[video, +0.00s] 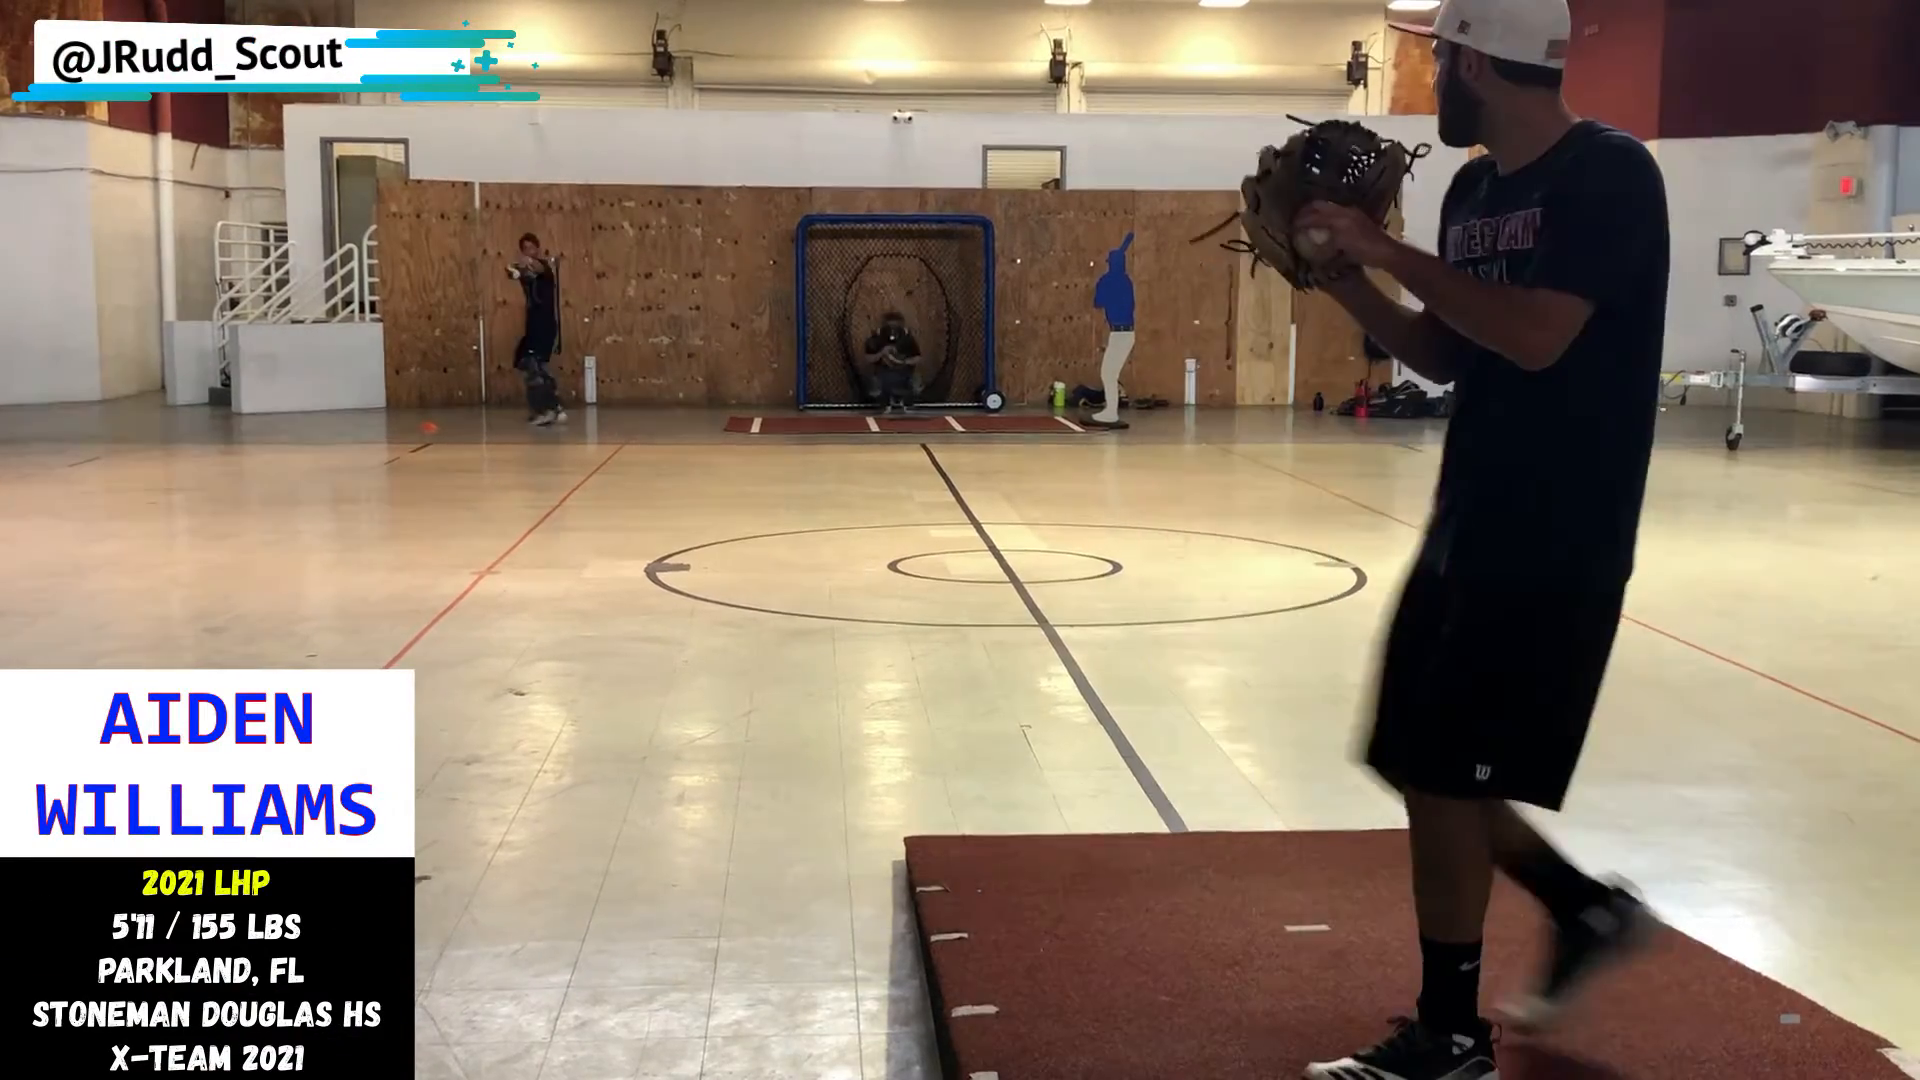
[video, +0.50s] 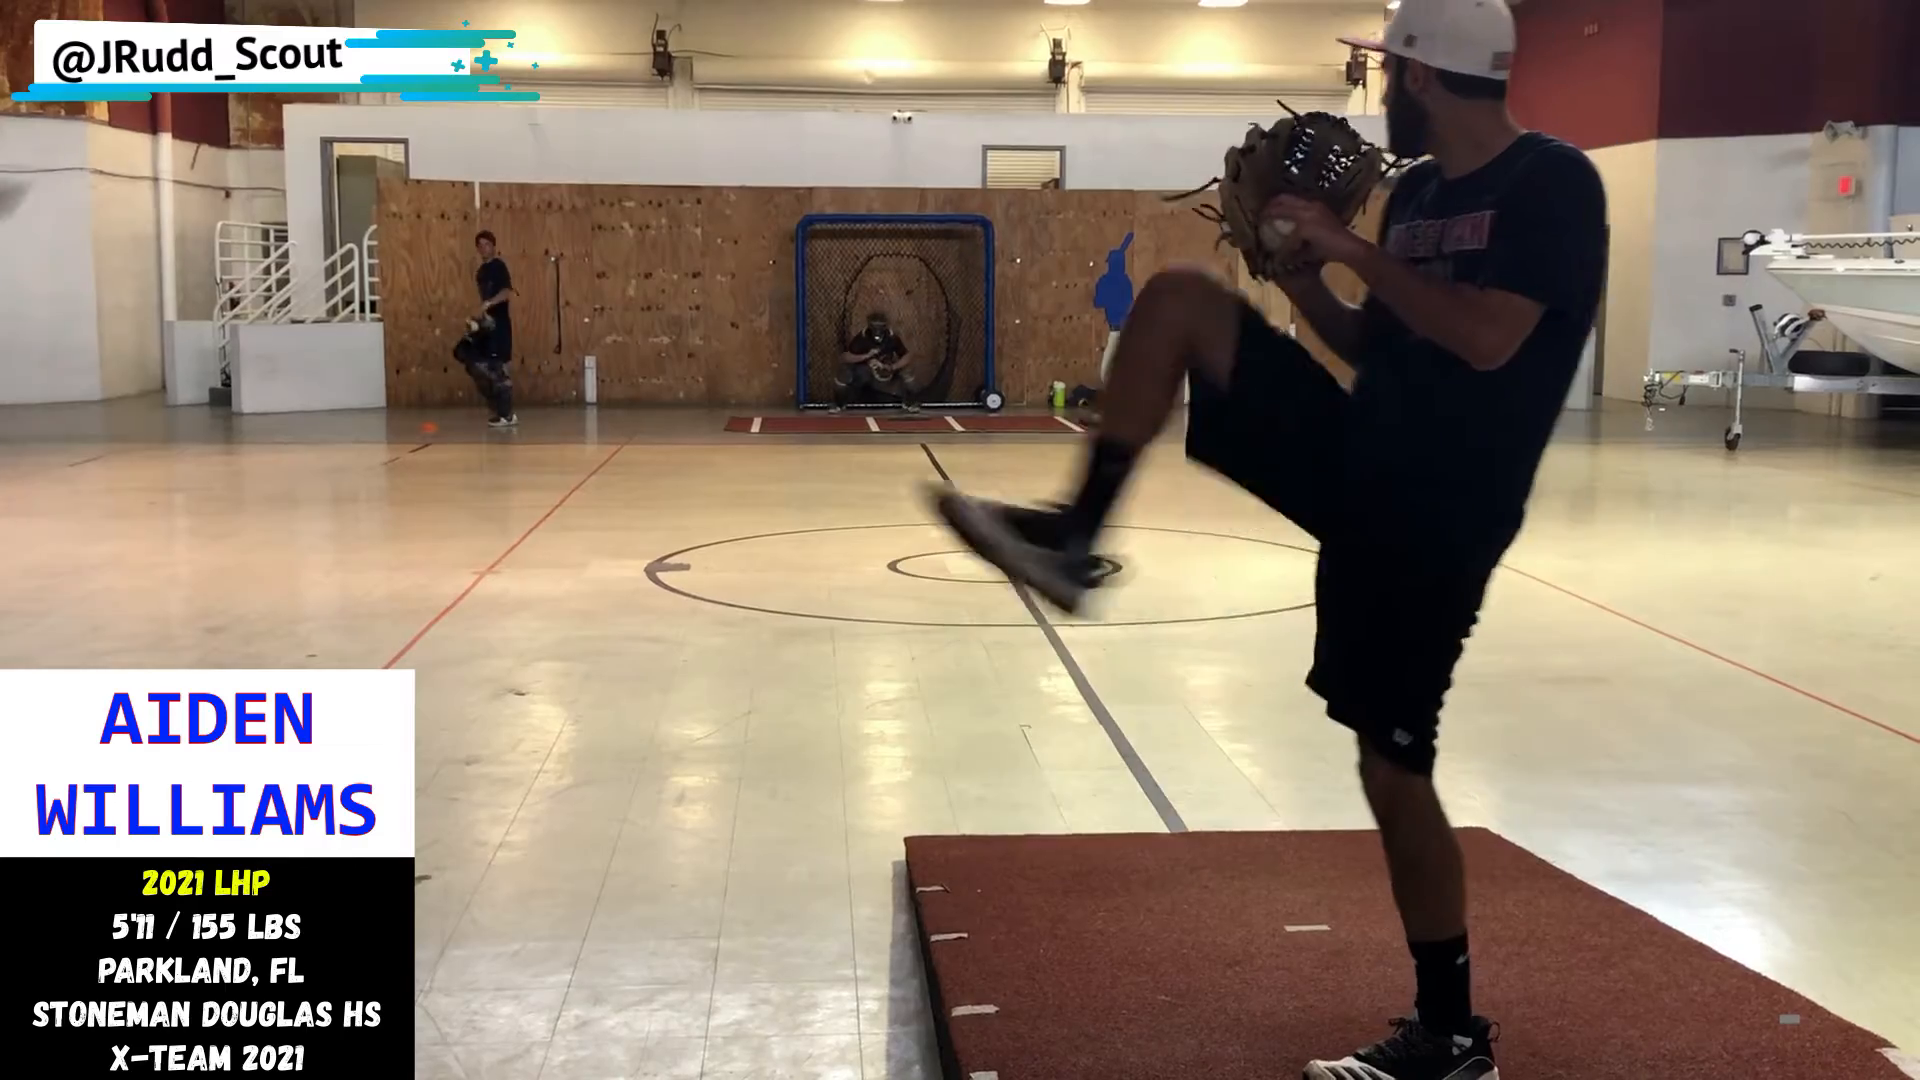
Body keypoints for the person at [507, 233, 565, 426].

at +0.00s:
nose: (528, 252)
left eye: (531, 247)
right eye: (525, 249)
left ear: (538, 248)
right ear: (521, 252)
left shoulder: (546, 266)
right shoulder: (527, 270)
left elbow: (542, 267)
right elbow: (518, 273)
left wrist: (531, 264)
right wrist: (515, 273)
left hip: (544, 323)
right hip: (534, 323)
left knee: (530, 362)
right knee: (534, 364)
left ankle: (548, 408)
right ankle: (551, 406)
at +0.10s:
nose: (519, 252)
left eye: (521, 248)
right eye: (515, 249)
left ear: (527, 249)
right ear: (512, 252)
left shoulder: (534, 268)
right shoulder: (520, 272)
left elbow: (528, 271)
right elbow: (514, 277)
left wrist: (515, 267)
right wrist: (507, 277)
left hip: (534, 325)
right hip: (527, 325)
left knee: (525, 366)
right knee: (534, 366)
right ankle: (553, 407)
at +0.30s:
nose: (500, 249)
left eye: (503, 246)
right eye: (497, 246)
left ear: (509, 247)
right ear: (494, 250)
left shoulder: (515, 267)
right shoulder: (500, 270)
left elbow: (521, 283)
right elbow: (498, 292)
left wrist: (501, 279)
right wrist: (489, 293)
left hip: (514, 324)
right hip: (504, 323)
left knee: (508, 369)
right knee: (507, 368)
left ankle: (507, 413)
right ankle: (539, 400)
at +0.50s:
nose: (483, 248)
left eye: (486, 244)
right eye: (480, 245)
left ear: (494, 246)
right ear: (477, 248)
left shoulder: (498, 265)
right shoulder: (482, 269)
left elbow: (507, 291)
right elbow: (488, 295)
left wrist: (487, 304)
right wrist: (479, 316)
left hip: (499, 321)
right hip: (489, 321)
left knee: (499, 364)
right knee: (491, 364)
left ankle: (506, 412)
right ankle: (500, 410)